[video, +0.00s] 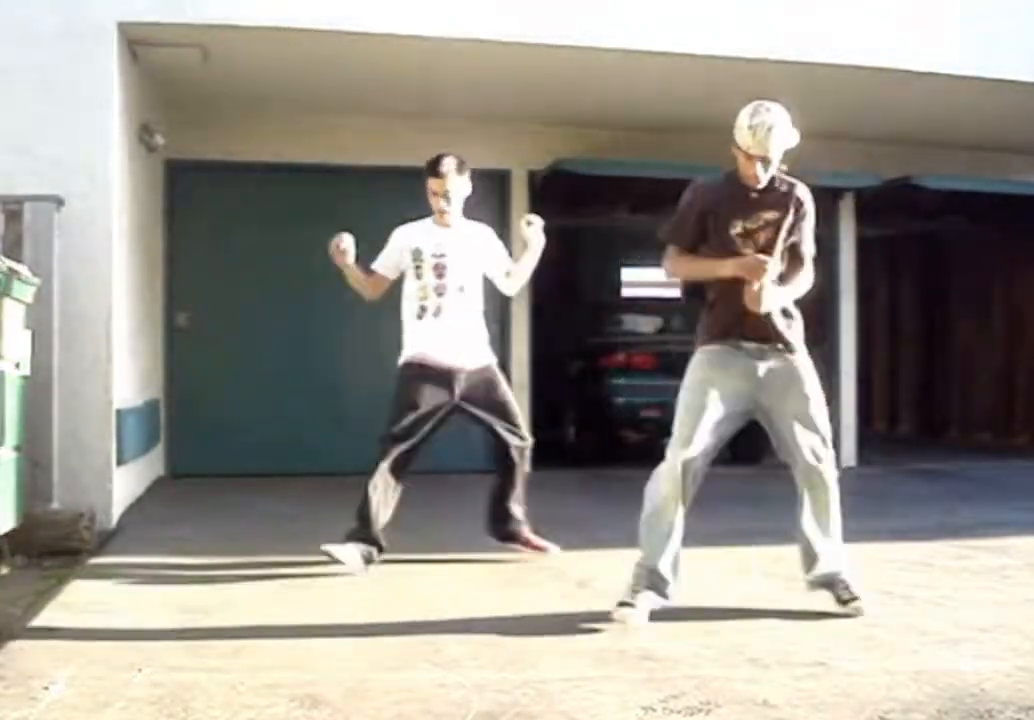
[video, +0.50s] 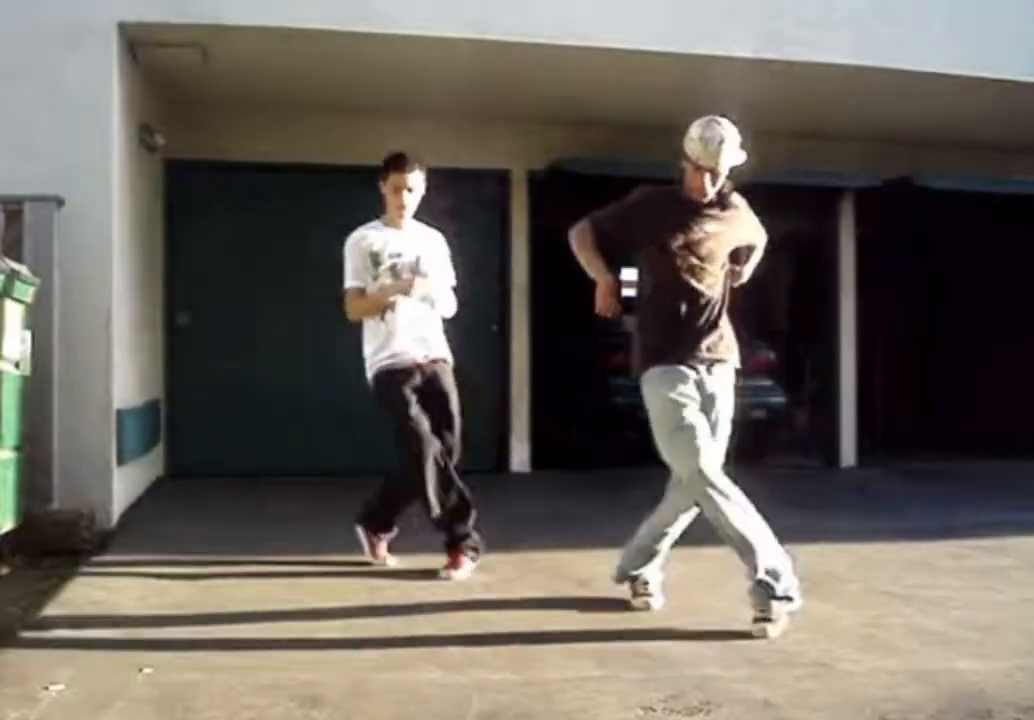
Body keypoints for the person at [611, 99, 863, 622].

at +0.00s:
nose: (759, 170)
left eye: (769, 160)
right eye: (751, 158)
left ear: (784, 153)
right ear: (735, 147)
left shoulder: (797, 199)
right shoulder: (704, 195)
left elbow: (804, 272)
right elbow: (674, 265)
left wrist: (775, 294)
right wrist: (733, 267)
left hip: (784, 355)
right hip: (720, 352)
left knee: (817, 462)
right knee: (682, 460)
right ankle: (650, 583)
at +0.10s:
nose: (776, 197)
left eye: (785, 187)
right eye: (768, 185)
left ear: (798, 181)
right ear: (751, 175)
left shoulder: (809, 228)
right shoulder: (720, 230)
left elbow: (830, 302)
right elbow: (700, 305)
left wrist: (790, 302)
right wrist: (756, 308)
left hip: (807, 385)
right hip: (742, 385)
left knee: (841, 486)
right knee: (694, 489)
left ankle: (875, 573)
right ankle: (614, 588)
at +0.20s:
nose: (774, 198)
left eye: (784, 188)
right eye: (766, 185)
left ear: (798, 182)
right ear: (750, 176)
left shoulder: (810, 228)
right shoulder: (719, 227)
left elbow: (828, 305)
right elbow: (685, 295)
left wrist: (795, 282)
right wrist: (746, 298)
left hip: (802, 383)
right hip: (740, 381)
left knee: (837, 480)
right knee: (706, 479)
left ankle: (873, 583)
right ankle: (636, 599)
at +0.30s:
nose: (762, 173)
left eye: (772, 164)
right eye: (754, 161)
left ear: (786, 158)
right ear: (739, 150)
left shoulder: (797, 200)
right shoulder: (702, 191)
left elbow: (820, 267)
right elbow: (654, 243)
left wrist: (814, 279)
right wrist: (713, 246)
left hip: (775, 351)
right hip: (715, 345)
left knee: (812, 461)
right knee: (710, 446)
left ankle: (845, 572)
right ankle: (677, 582)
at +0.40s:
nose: (730, 165)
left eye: (741, 157)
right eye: (724, 153)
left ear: (755, 153)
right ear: (708, 141)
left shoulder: (760, 190)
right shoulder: (673, 185)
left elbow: (791, 222)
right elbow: (628, 239)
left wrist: (771, 276)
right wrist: (642, 252)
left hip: (738, 336)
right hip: (683, 336)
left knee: (755, 463)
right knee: (713, 449)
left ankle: (702, 554)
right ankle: (755, 576)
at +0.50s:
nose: (707, 183)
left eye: (718, 173)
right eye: (699, 169)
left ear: (732, 170)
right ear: (684, 161)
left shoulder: (737, 210)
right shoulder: (653, 207)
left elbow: (756, 244)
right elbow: (581, 233)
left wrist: (733, 280)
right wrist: (604, 280)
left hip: (720, 358)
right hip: (666, 359)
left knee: (697, 474)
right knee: (700, 471)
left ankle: (639, 564)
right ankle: (774, 576)